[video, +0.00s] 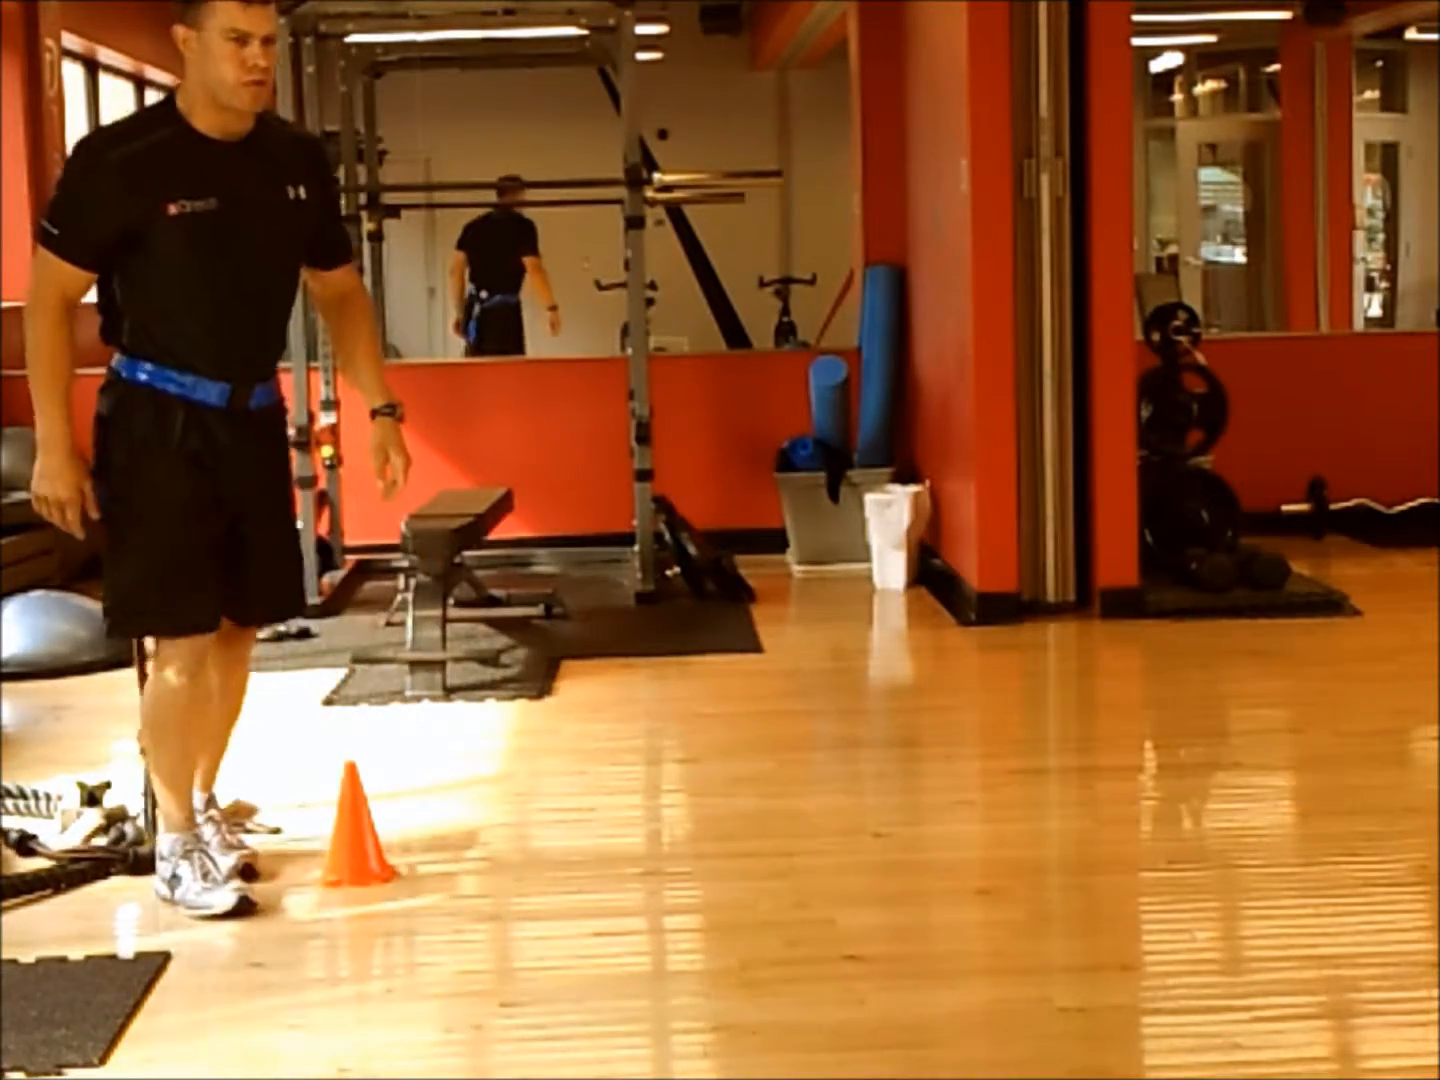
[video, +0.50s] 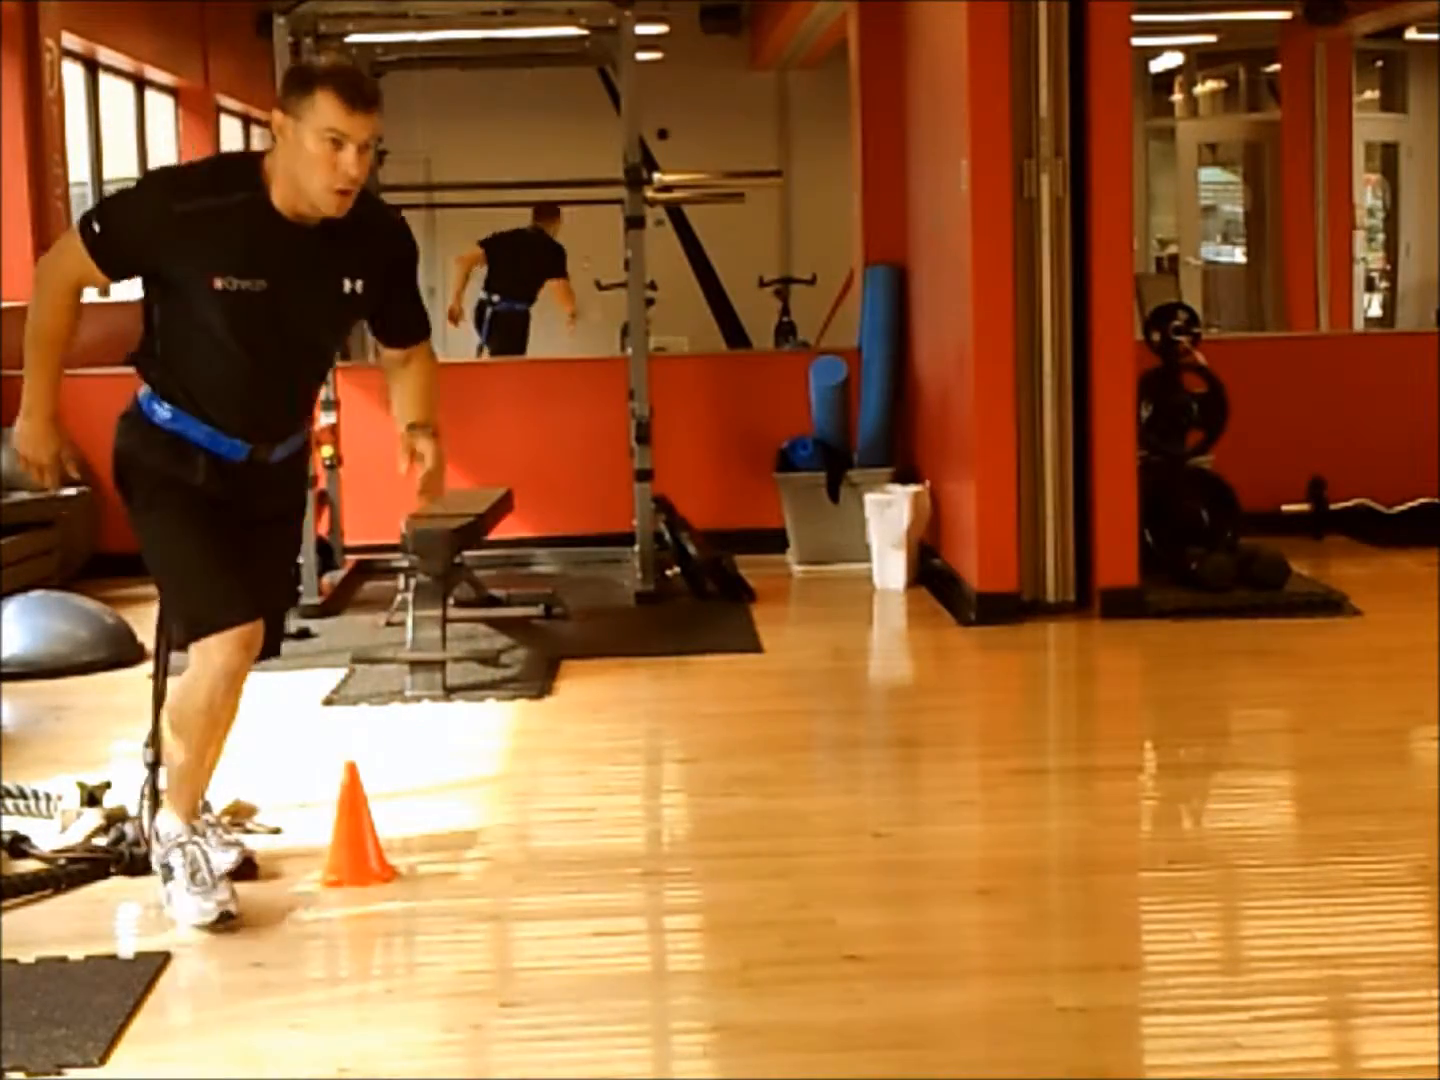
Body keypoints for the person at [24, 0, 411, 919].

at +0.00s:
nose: (260, 61)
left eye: (270, 42)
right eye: (240, 39)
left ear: (279, 47)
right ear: (183, 40)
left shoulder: (297, 161)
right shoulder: (115, 159)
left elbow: (342, 296)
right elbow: (50, 304)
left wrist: (381, 406)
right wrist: (54, 445)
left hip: (251, 428)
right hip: (152, 425)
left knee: (238, 632)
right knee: (185, 641)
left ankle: (197, 803)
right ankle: (175, 839)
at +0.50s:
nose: (354, 165)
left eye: (368, 147)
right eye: (336, 142)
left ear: (377, 147)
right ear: (282, 129)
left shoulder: (376, 236)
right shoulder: (189, 203)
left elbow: (407, 351)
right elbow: (59, 270)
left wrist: (419, 427)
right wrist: (36, 410)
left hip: (271, 469)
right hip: (171, 455)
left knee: (234, 647)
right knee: (230, 634)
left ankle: (175, 801)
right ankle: (179, 830)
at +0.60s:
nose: (385, 230)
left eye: (396, 208)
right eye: (367, 207)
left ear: (407, 198)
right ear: (309, 187)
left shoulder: (407, 261)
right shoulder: (209, 232)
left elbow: (446, 375)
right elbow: (60, 256)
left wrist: (452, 401)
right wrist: (27, 383)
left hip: (293, 490)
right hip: (191, 472)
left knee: (250, 667)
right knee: (236, 659)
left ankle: (190, 810)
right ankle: (173, 856)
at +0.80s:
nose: (451, 258)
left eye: (463, 235)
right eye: (429, 233)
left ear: (476, 225)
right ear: (367, 214)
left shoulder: (485, 271)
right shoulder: (285, 272)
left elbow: (509, 329)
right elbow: (215, 439)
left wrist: (499, 407)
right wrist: (348, 511)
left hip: (403, 510)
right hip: (274, 517)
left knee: (436, 721)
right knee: (236, 728)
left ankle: (366, 775)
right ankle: (176, 862)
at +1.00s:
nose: (743, 173)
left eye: (755, 150)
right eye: (723, 145)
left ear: (760, 147)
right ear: (649, 127)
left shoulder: (723, 222)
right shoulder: (534, 203)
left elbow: (697, 326)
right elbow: (417, 361)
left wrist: (686, 424)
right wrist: (572, 475)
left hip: (593, 476)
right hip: (459, 474)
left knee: (670, 701)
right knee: (404, 721)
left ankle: (640, 972)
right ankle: (280, 780)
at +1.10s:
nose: (889, 162)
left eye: (900, 138)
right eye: (870, 131)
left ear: (898, 139)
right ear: (793, 114)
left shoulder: (845, 244)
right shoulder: (652, 192)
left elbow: (842, 383)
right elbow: (489, 308)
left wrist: (880, 504)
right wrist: (440, 493)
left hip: (705, 500)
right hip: (583, 502)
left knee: (747, 755)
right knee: (615, 799)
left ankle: (645, 980)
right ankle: (425, 761)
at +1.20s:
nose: (1022, 102)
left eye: (1035, 77)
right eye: (999, 70)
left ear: (1039, 77)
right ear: (913, 52)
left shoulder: (994, 191)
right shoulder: (775, 120)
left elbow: (1007, 373)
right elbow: (558, 139)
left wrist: (1088, 351)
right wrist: (457, 307)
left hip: (803, 488)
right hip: (688, 471)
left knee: (762, 757)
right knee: (837, 735)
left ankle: (647, 953)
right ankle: (643, 895)